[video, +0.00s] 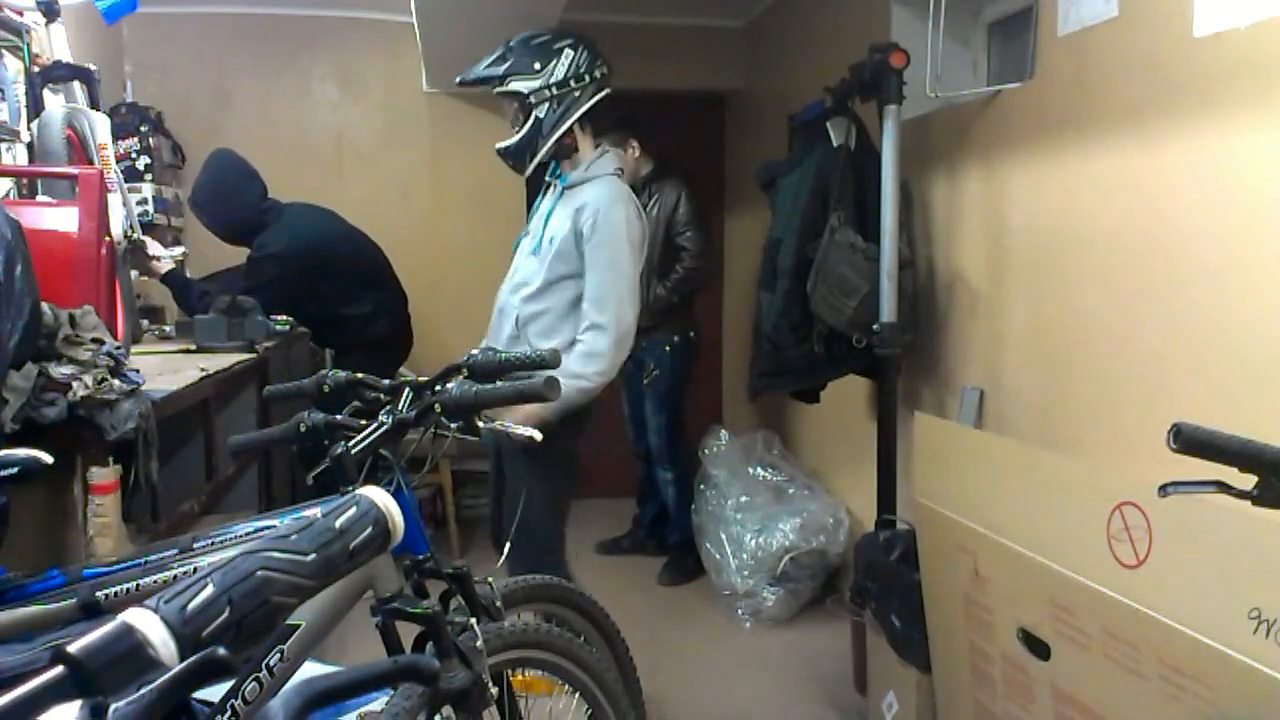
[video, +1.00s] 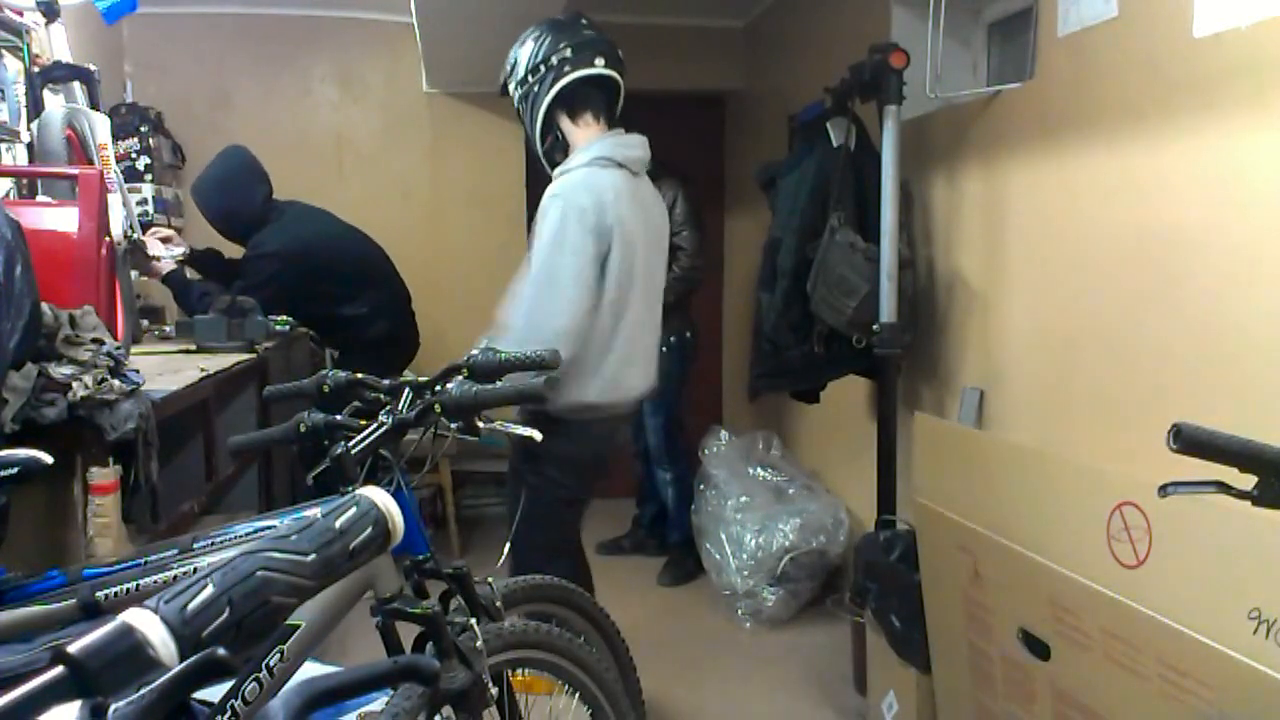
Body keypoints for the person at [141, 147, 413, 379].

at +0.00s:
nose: (213, 230)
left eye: (210, 220)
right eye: (208, 221)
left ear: (225, 216)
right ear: (251, 193)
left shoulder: (276, 253)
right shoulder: (295, 218)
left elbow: (223, 311)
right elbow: (246, 284)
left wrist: (164, 272)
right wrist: (177, 278)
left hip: (370, 348)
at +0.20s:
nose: (218, 226)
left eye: (216, 217)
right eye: (213, 217)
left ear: (230, 213)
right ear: (257, 190)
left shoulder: (277, 254)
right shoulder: (299, 217)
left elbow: (224, 311)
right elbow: (247, 286)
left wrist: (164, 272)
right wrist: (181, 282)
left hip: (369, 361)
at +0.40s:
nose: (217, 226)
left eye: (216, 217)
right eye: (213, 218)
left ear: (229, 214)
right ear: (257, 191)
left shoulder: (275, 253)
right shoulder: (296, 216)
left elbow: (220, 315)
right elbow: (268, 264)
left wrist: (164, 273)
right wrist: (227, 278)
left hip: (372, 350)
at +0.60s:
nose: (214, 224)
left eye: (212, 215)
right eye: (210, 215)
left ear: (228, 211)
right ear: (253, 192)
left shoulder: (274, 250)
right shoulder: (291, 217)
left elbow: (232, 314)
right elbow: (252, 283)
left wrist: (172, 278)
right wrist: (202, 259)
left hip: (375, 353)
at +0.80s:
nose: (214, 223)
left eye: (212, 214)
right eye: (210, 215)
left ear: (229, 210)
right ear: (253, 192)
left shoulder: (272, 250)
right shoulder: (288, 217)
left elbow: (231, 316)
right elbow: (247, 282)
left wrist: (171, 275)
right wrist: (192, 256)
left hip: (379, 350)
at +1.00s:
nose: (214, 221)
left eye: (213, 212)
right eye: (211, 213)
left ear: (228, 210)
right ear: (254, 191)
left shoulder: (272, 251)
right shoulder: (288, 216)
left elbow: (229, 317)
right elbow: (246, 279)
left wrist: (170, 274)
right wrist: (190, 255)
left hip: (377, 349)